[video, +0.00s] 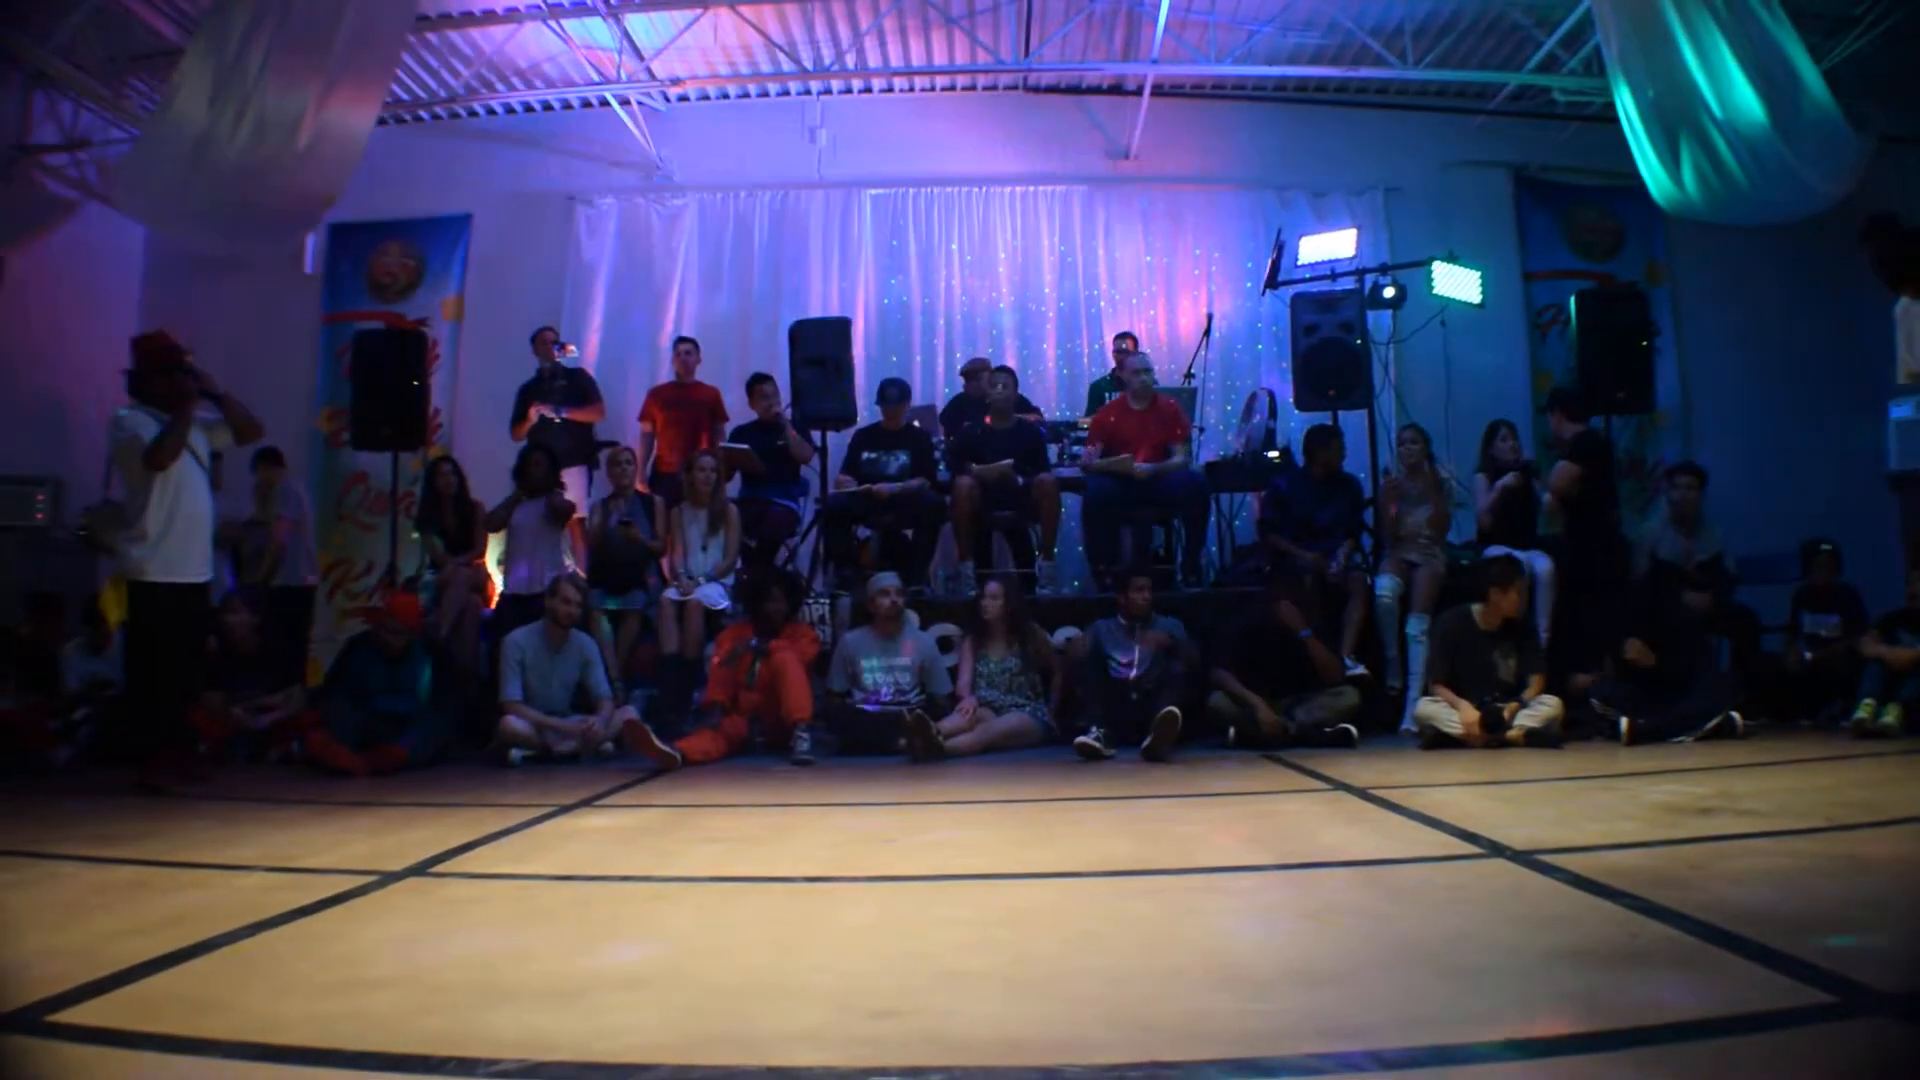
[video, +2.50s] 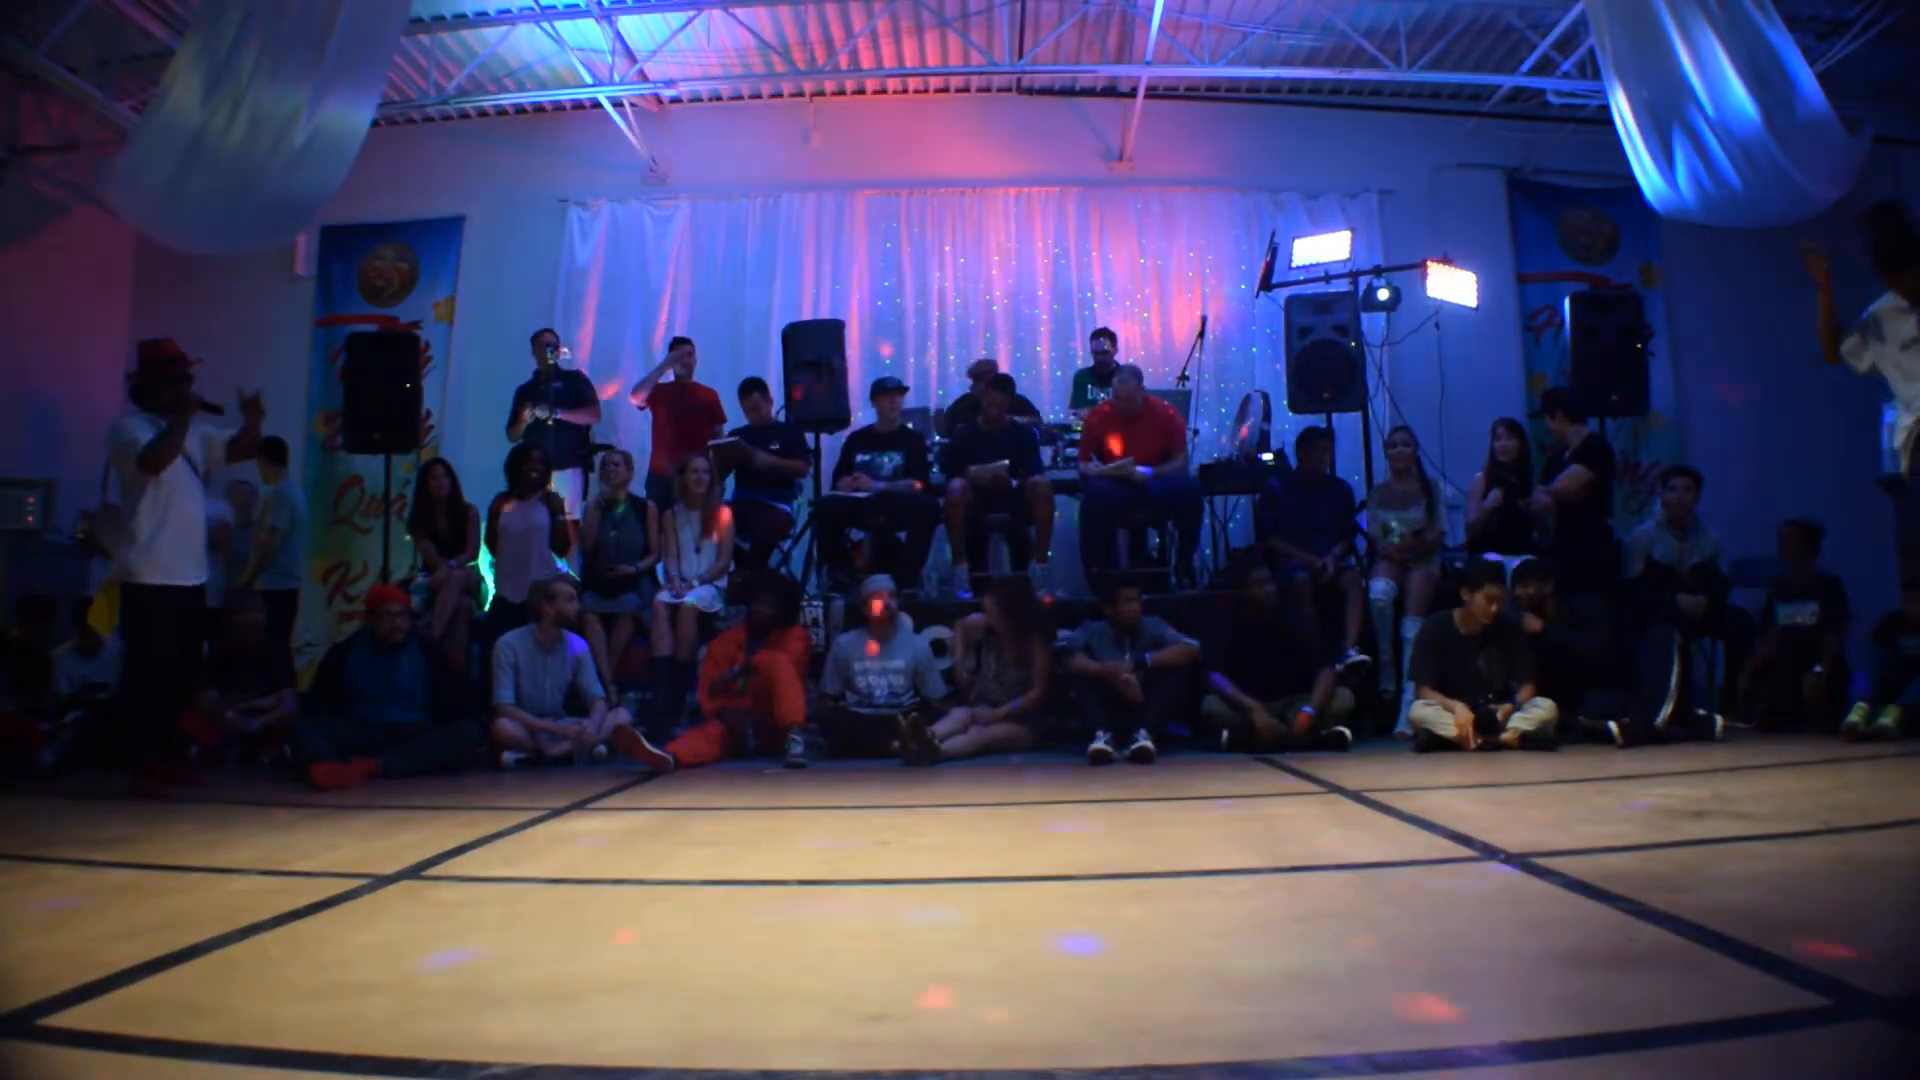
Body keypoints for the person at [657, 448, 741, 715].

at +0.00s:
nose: (707, 477)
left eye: (712, 471)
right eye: (701, 471)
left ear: (719, 477)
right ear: (689, 476)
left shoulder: (728, 511)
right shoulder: (679, 512)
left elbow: (731, 558)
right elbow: (676, 553)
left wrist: (705, 580)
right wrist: (680, 578)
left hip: (718, 578)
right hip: (687, 578)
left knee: (694, 604)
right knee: (667, 602)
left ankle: (688, 675)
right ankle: (669, 674)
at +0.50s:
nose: (702, 479)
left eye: (707, 473)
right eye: (696, 473)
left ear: (713, 479)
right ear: (683, 479)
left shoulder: (723, 513)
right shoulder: (673, 517)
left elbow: (725, 561)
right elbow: (671, 558)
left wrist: (699, 582)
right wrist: (676, 580)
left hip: (712, 580)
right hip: (682, 581)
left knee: (690, 606)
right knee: (662, 603)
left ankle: (685, 679)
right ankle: (664, 677)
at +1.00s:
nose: (702, 479)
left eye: (707, 474)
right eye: (696, 474)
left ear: (713, 480)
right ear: (683, 479)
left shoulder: (722, 514)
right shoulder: (672, 516)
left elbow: (725, 560)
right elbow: (669, 557)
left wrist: (698, 582)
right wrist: (674, 580)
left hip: (710, 581)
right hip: (678, 581)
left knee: (689, 605)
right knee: (661, 603)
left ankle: (683, 679)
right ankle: (664, 677)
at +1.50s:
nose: (700, 478)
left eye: (705, 473)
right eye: (694, 473)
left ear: (711, 479)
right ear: (682, 478)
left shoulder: (720, 513)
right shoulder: (671, 516)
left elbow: (723, 560)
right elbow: (668, 556)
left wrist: (697, 582)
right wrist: (673, 580)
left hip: (709, 581)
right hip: (678, 580)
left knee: (688, 606)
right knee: (659, 603)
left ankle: (682, 679)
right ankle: (662, 676)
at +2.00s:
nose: (699, 478)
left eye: (705, 473)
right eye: (693, 472)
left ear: (712, 478)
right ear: (682, 478)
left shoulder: (722, 514)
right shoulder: (671, 515)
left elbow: (724, 559)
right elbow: (669, 556)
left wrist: (699, 581)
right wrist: (671, 578)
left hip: (710, 580)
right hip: (678, 580)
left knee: (688, 607)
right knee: (660, 606)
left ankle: (682, 683)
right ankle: (662, 681)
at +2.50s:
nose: (700, 477)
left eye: (705, 472)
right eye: (694, 472)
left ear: (712, 478)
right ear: (682, 478)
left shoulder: (722, 514)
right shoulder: (671, 516)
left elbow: (724, 560)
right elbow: (669, 557)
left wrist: (698, 582)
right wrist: (673, 581)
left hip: (709, 581)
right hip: (678, 581)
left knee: (688, 608)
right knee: (659, 605)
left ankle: (682, 684)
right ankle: (662, 683)